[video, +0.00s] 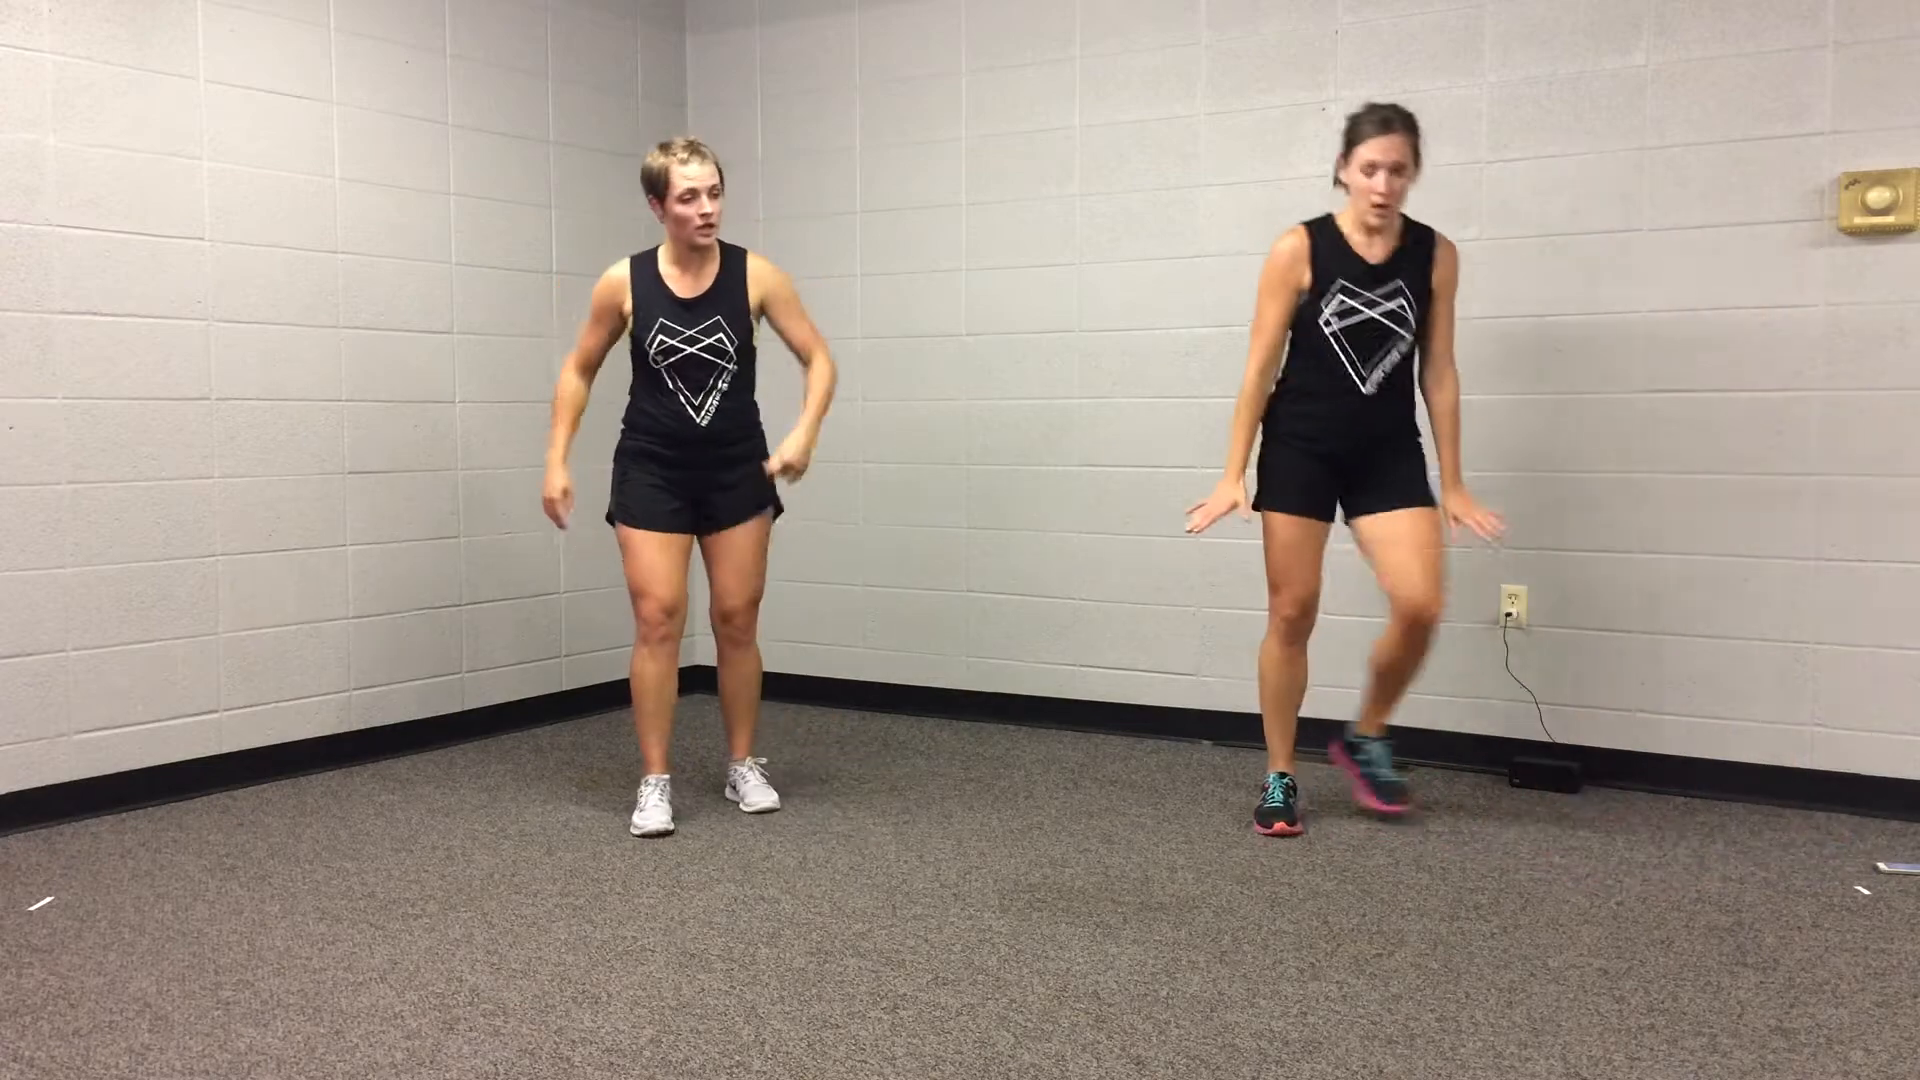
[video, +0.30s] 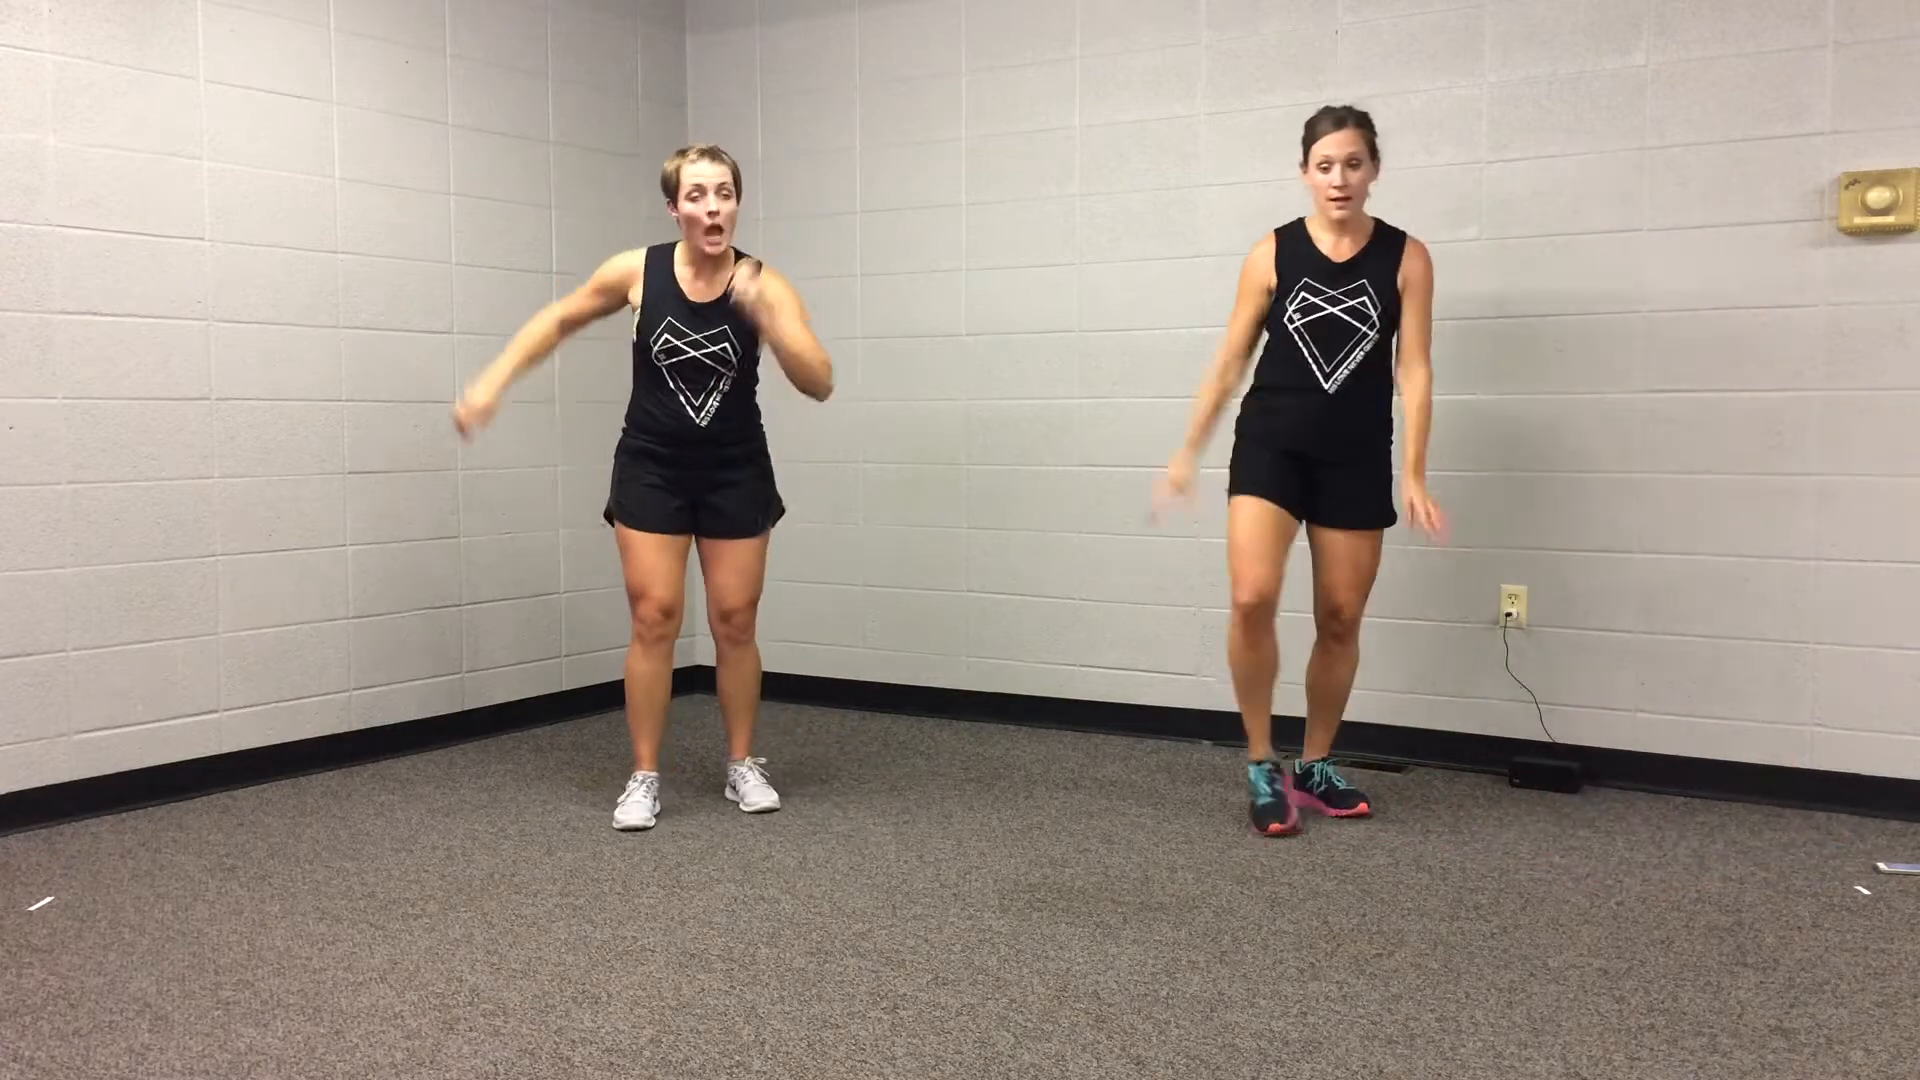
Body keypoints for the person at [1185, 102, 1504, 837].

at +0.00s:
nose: (1384, 185)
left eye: (1399, 171)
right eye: (1371, 169)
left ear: (1416, 177)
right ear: (1344, 171)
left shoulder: (1435, 258)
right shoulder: (1299, 251)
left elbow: (1439, 374)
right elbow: (1261, 369)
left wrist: (1453, 483)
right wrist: (1233, 473)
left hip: (1387, 452)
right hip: (1299, 451)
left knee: (1421, 606)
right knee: (1291, 613)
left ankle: (1365, 734)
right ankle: (1279, 774)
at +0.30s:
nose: (1339, 178)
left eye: (1353, 164)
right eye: (1325, 165)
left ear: (1375, 171)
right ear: (1305, 173)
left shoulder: (1405, 258)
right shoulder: (1272, 255)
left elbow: (1413, 368)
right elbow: (1229, 363)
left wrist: (1414, 472)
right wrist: (1189, 449)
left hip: (1357, 454)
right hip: (1271, 446)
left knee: (1340, 618)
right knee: (1252, 601)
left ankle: (1315, 763)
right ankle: (1261, 763)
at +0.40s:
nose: (1330, 174)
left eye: (1343, 161)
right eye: (1316, 162)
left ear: (1364, 170)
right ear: (1295, 170)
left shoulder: (1397, 252)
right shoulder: (1262, 252)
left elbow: (1419, 341)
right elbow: (1190, 344)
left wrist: (1412, 394)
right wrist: (1124, 400)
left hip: (1349, 444)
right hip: (1265, 436)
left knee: (1335, 613)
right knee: (1236, 584)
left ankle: (1315, 763)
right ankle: (1235, 747)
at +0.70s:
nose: (1292, 175)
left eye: (1306, 162)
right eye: (1278, 163)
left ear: (1326, 173)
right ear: (1257, 173)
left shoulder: (1359, 245)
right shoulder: (1226, 257)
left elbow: (1360, 346)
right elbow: (1165, 357)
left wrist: (1314, 381)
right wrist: (1076, 412)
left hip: (1316, 454)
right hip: (1230, 448)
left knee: (1311, 620)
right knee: (1212, 616)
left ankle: (1312, 765)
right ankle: (1195, 782)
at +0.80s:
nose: (1280, 184)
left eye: (1294, 171)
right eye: (1267, 172)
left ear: (1314, 180)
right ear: (1245, 181)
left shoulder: (1347, 258)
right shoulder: (1212, 267)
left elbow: (1332, 371)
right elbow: (1177, 376)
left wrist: (1306, 472)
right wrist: (1133, 479)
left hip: (1303, 460)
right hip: (1215, 460)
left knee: (1328, 639)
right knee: (1202, 620)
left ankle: (1309, 756)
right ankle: (1194, 780)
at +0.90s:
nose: (1273, 191)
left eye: (1288, 178)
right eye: (1259, 178)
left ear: (1306, 189)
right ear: (1238, 187)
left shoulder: (1339, 268)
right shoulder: (1204, 278)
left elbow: (1355, 383)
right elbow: (1201, 398)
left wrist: (1376, 492)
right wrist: (1196, 509)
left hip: (1301, 478)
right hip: (1212, 473)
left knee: (1370, 617)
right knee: (1198, 623)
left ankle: (1316, 750)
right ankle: (1190, 781)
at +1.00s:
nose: (1278, 179)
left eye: (1293, 167)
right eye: (1265, 166)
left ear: (1310, 177)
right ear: (1241, 173)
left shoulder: (1339, 258)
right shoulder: (1211, 262)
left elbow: (1388, 361)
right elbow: (1190, 373)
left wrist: (1449, 410)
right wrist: (1258, 441)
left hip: (1318, 459)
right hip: (1226, 460)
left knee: (1393, 602)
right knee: (1209, 628)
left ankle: (1385, 788)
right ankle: (1193, 782)